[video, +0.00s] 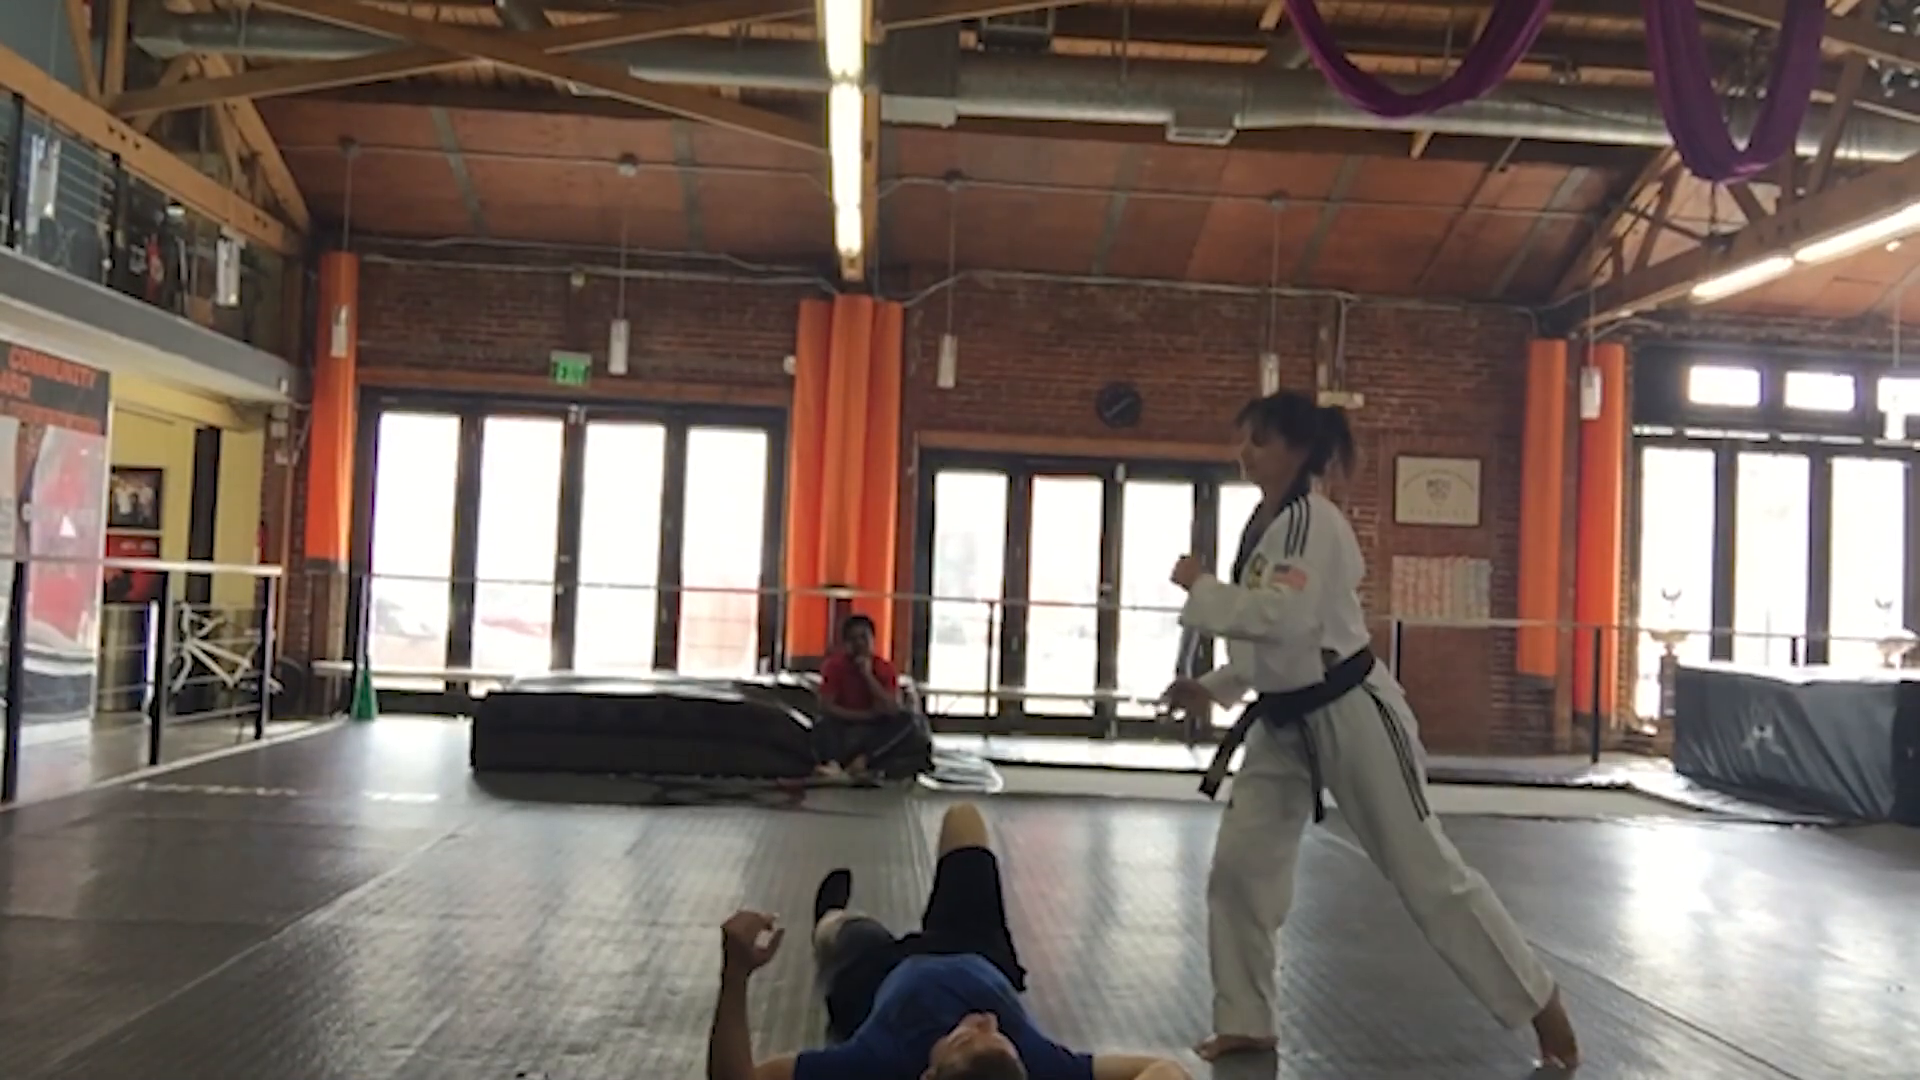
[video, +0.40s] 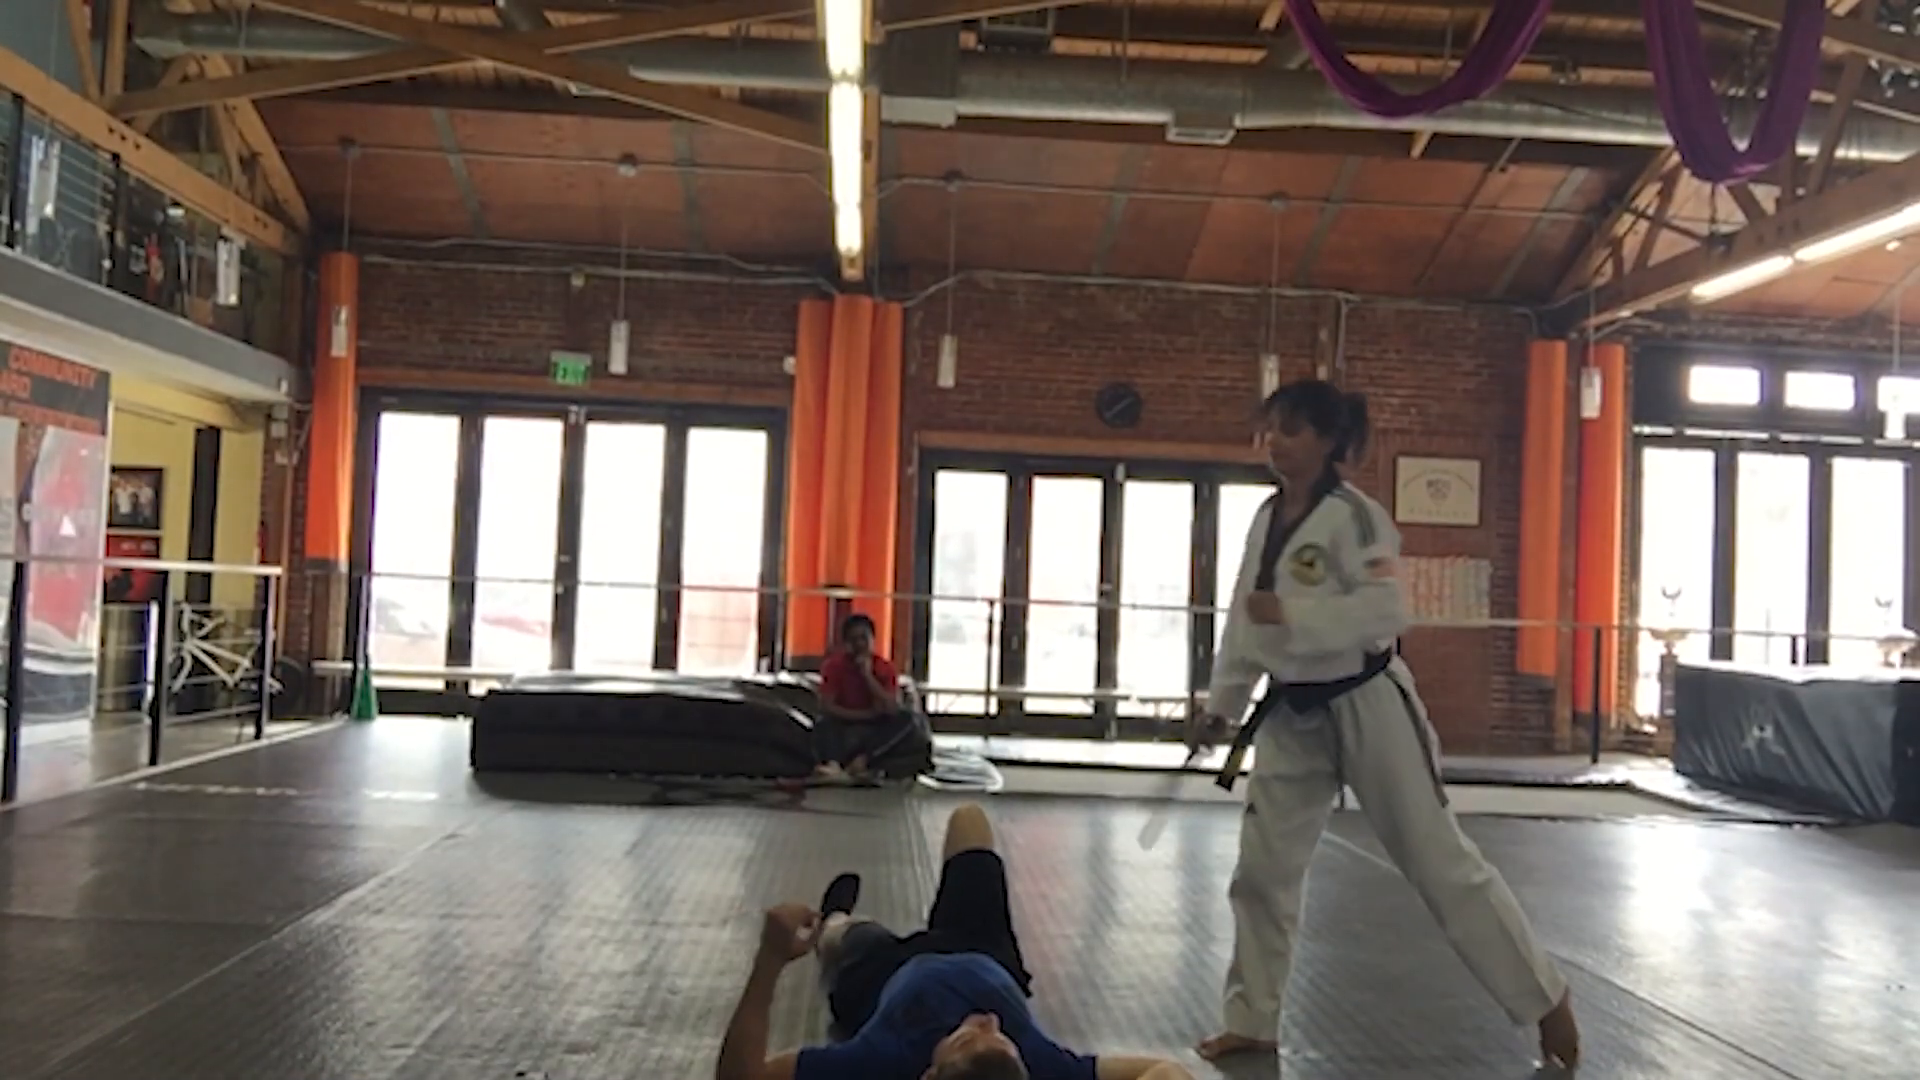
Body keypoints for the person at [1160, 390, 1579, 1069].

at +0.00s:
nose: (1244, 454)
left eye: (1257, 442)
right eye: (1245, 442)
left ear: (1296, 450)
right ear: (1270, 451)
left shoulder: (1313, 519)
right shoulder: (1267, 531)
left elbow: (1285, 618)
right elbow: (1278, 648)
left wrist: (1201, 588)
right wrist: (1211, 686)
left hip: (1351, 711)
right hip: (1283, 721)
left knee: (1425, 873)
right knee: (1239, 871)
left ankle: (1539, 1001)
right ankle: (1246, 1029)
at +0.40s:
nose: (1274, 443)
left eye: (1291, 431)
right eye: (1272, 430)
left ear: (1330, 444)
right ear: (1268, 440)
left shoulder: (1356, 515)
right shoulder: (1266, 520)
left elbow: (1387, 610)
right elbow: (1245, 623)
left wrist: (1290, 614)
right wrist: (1222, 705)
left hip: (1368, 701)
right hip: (1293, 710)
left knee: (1436, 862)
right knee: (1263, 872)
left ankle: (1546, 999)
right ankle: (1252, 1028)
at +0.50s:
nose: (1293, 444)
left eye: (1310, 433)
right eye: (1289, 431)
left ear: (1351, 445)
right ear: (1284, 438)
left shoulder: (1377, 517)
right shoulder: (1279, 518)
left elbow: (1428, 607)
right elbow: (1244, 611)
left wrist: (1339, 617)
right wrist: (1220, 695)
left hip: (1382, 703)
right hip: (1302, 711)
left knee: (1445, 863)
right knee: (1267, 870)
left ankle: (1548, 1002)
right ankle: (1252, 1027)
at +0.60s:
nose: (1314, 444)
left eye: (1330, 432)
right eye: (1308, 431)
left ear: (1367, 444)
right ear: (1300, 439)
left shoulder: (1397, 518)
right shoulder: (1291, 518)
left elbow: (1453, 605)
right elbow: (1260, 609)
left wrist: (1386, 622)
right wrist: (1243, 695)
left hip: (1393, 708)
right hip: (1312, 713)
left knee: (1459, 864)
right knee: (1274, 873)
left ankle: (1544, 1010)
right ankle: (1253, 1026)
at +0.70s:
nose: (1338, 447)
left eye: (1355, 434)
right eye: (1331, 432)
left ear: (1388, 446)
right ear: (1319, 440)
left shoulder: (1418, 523)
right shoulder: (1303, 525)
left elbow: (1471, 608)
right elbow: (1280, 617)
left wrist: (1415, 622)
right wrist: (1257, 684)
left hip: (1412, 713)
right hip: (1325, 716)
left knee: (1468, 868)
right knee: (1284, 874)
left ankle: (1539, 1017)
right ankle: (1254, 1024)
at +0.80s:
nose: (1356, 450)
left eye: (1373, 438)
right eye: (1348, 436)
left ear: (1405, 450)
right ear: (1336, 445)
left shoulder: (1439, 528)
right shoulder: (1317, 531)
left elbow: (1487, 612)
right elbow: (1292, 621)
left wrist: (1435, 627)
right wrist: (1274, 671)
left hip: (1427, 716)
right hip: (1337, 717)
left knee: (1477, 873)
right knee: (1291, 874)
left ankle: (1539, 1020)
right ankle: (1256, 1023)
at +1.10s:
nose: (1399, 459)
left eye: (1417, 445)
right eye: (1389, 443)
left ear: (1443, 453)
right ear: (1375, 448)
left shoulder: (1474, 539)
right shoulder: (1350, 531)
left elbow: (1514, 628)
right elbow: (1314, 628)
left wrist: (1462, 639)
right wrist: (1295, 670)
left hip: (1450, 723)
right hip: (1354, 720)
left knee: (1494, 881)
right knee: (1304, 875)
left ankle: (1540, 1023)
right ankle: (1264, 1021)